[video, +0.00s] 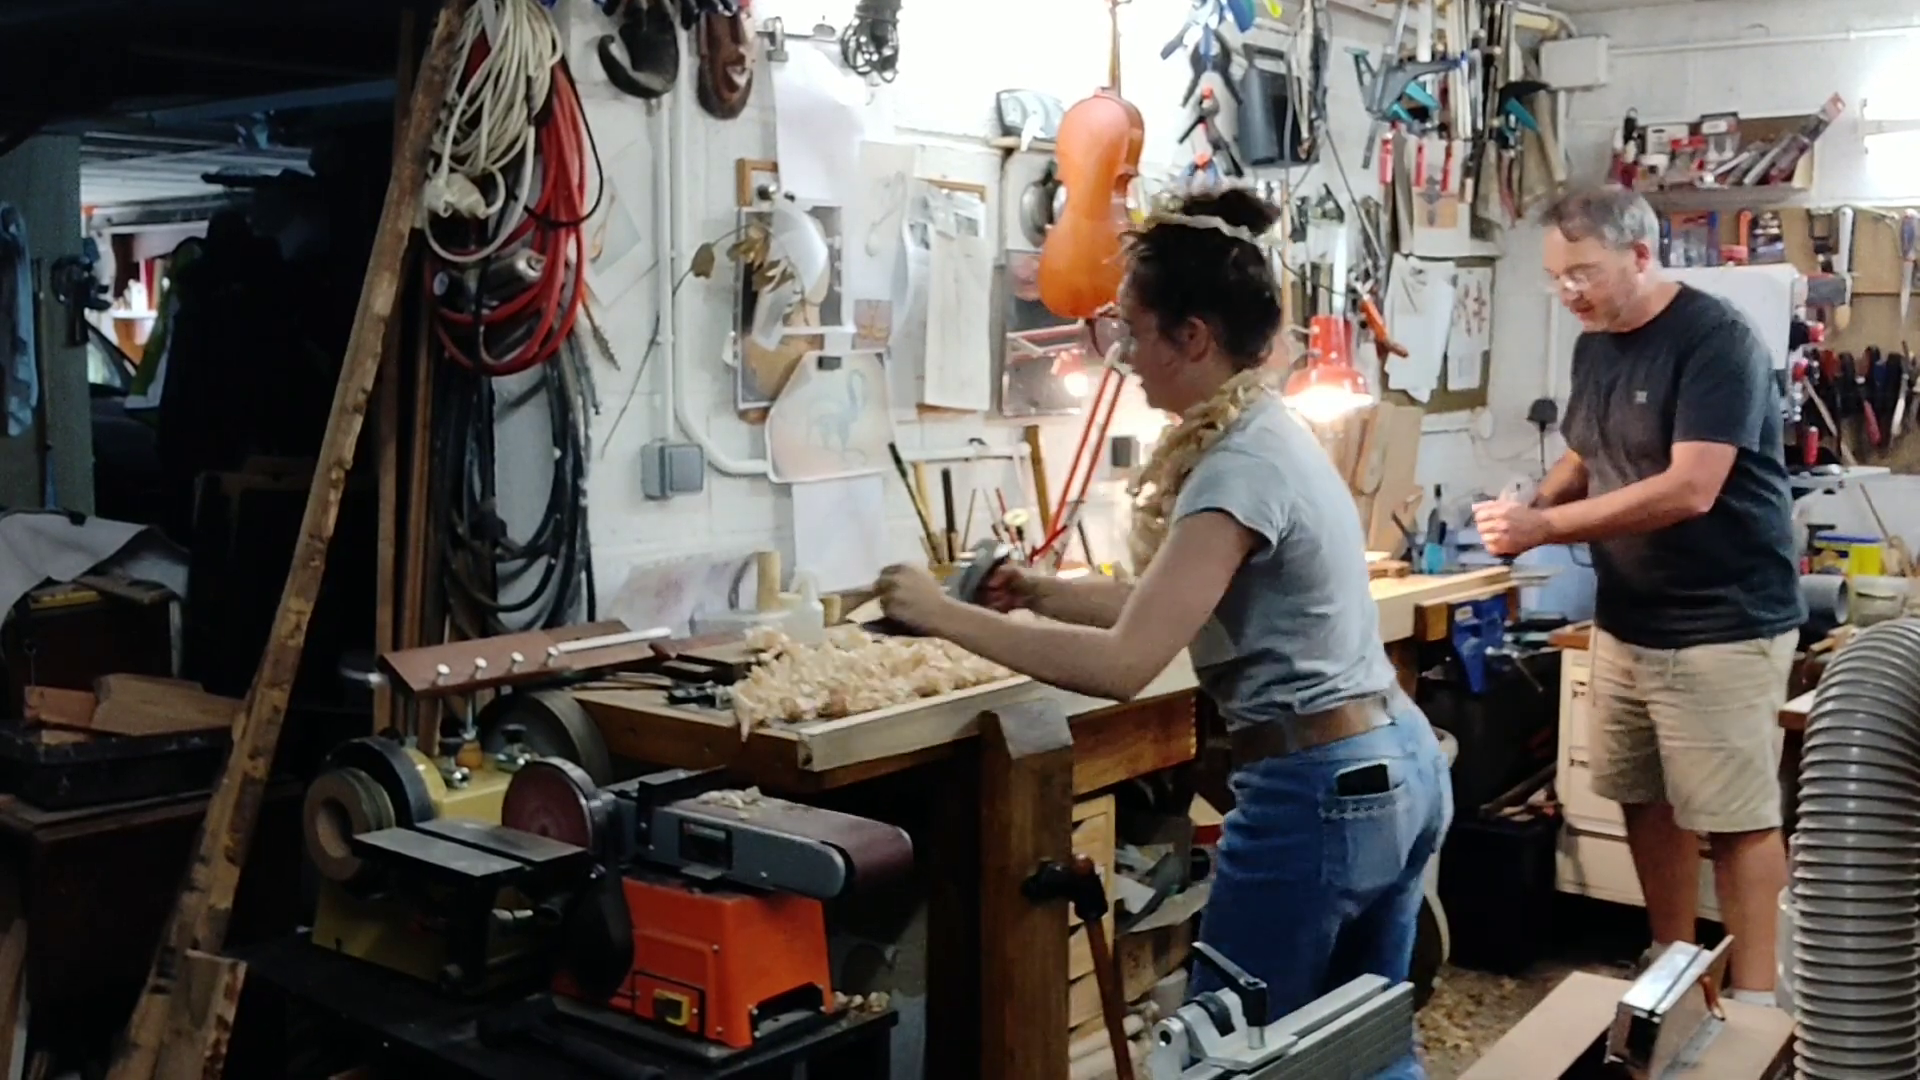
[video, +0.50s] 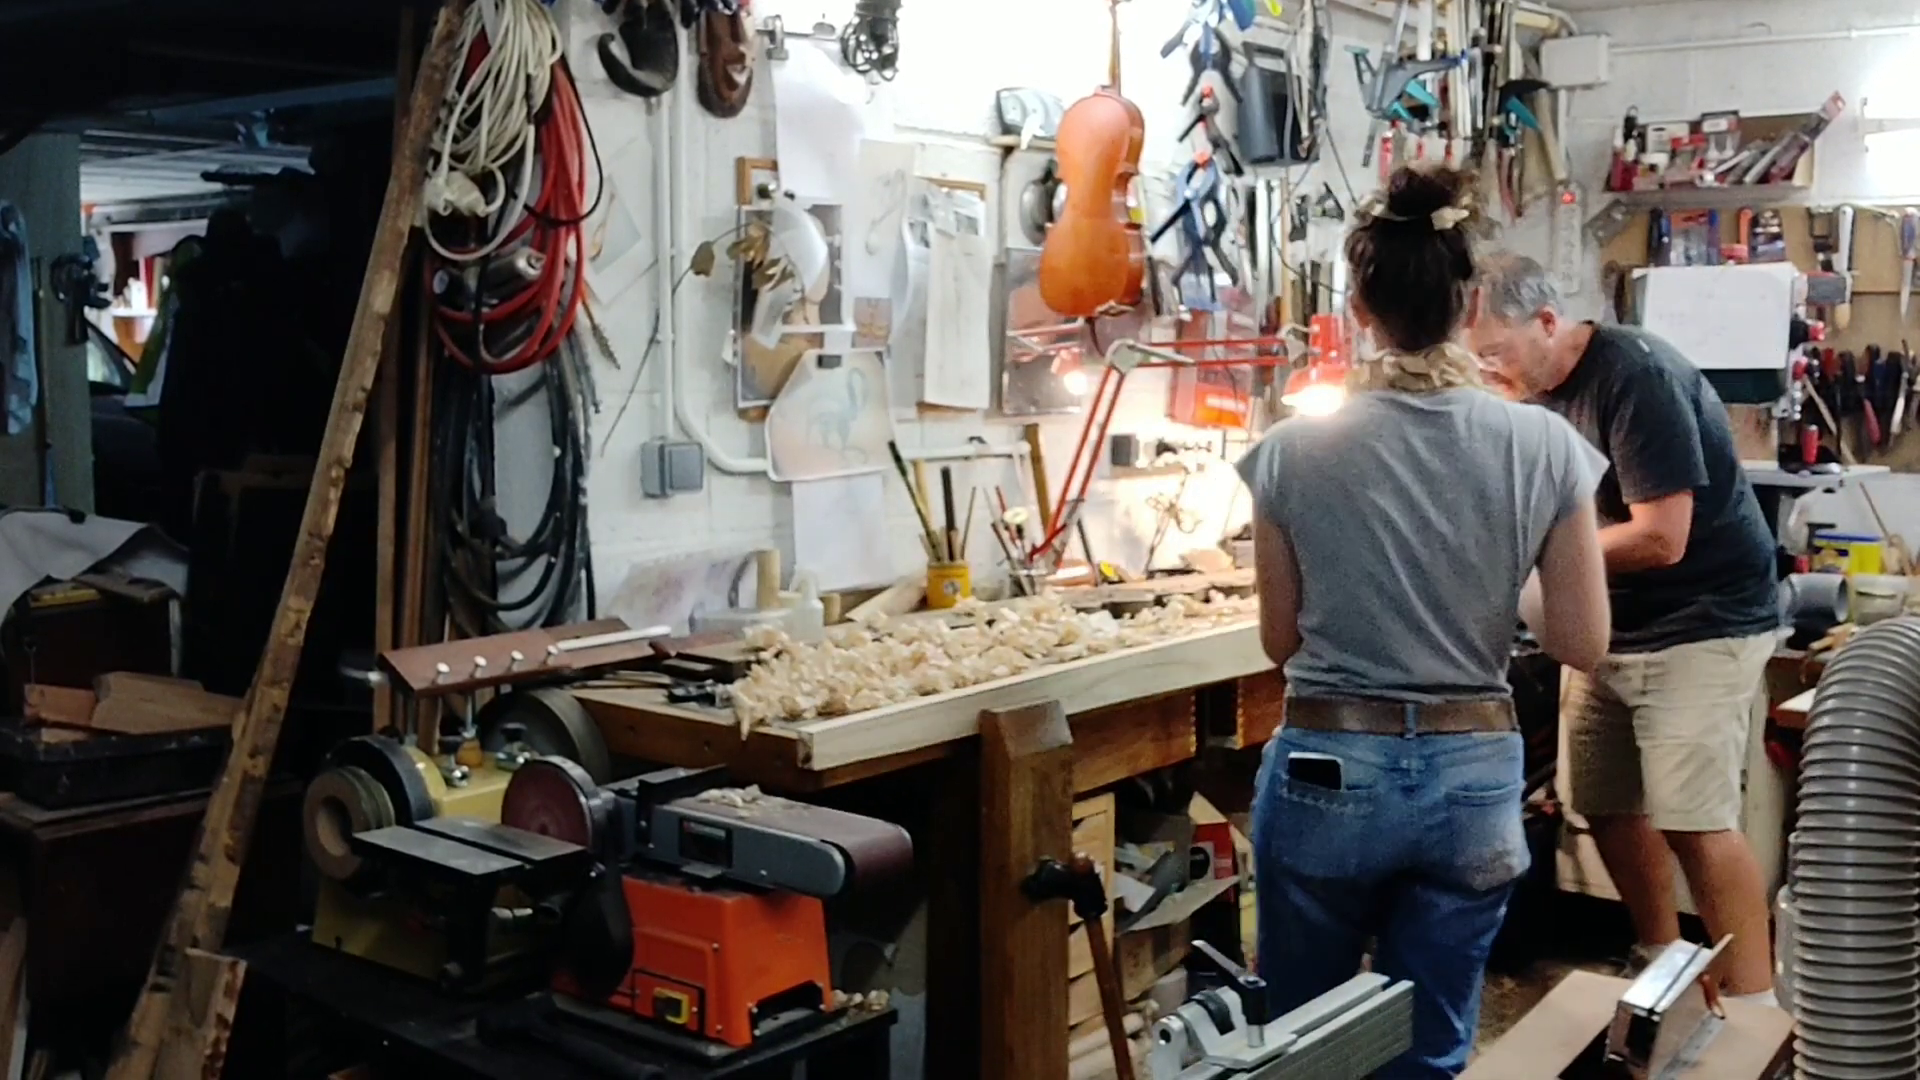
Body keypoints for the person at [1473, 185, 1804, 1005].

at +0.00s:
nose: (1567, 294)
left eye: (1579, 274)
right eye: (1557, 279)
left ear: (1640, 255)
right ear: (1556, 272)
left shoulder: (1718, 338)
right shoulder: (1594, 347)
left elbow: (1692, 490)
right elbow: (1584, 457)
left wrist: (1547, 526)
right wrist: (1533, 507)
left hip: (1726, 630)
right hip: (1627, 625)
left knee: (1736, 818)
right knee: (1646, 804)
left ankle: (1754, 1000)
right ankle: (1674, 966)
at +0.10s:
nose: (1547, 312)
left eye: (1558, 290)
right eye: (1536, 295)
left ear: (1616, 267)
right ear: (1532, 288)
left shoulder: (1700, 348)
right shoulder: (1583, 357)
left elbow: (1673, 503)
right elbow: (1577, 465)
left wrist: (1530, 538)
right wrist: (1523, 521)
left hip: (1722, 629)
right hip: (1625, 626)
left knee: (1731, 818)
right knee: (1639, 804)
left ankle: (1753, 1001)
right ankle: (1671, 969)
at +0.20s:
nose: (1529, 326)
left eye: (1538, 305)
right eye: (1519, 309)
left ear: (1598, 281)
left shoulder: (1686, 354)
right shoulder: (1573, 364)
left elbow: (1667, 512)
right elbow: (1573, 473)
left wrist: (1527, 549)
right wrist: (1522, 527)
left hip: (1713, 632)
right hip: (1618, 628)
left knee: (1723, 822)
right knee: (1630, 808)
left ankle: (1752, 1008)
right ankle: (1663, 969)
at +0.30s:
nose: (1512, 341)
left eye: (1520, 320)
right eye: (1504, 327)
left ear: (1579, 294)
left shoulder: (1666, 361)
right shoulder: (1559, 382)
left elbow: (1665, 520)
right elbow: (1561, 483)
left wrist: (1524, 552)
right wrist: (1501, 527)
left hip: (1710, 629)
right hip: (1615, 630)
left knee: (1710, 816)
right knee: (1620, 805)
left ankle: (1748, 999)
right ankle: (1656, 961)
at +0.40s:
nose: (1497, 359)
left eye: (1504, 338)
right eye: (1488, 345)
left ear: (1561, 308)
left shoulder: (1650, 369)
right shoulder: (1545, 391)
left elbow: (1664, 529)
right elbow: (1562, 504)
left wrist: (1546, 552)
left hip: (1707, 629)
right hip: (1607, 631)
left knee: (1697, 815)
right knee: (1612, 808)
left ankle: (1756, 999)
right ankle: (1663, 967)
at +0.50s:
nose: (1488, 373)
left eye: (1495, 354)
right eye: (1478, 359)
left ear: (1549, 322)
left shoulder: (1639, 375)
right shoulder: (1538, 395)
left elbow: (1663, 537)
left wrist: (1546, 554)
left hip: (1705, 629)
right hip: (1607, 630)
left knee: (1695, 816)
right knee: (1608, 807)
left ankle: (1754, 999)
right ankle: (1664, 963)